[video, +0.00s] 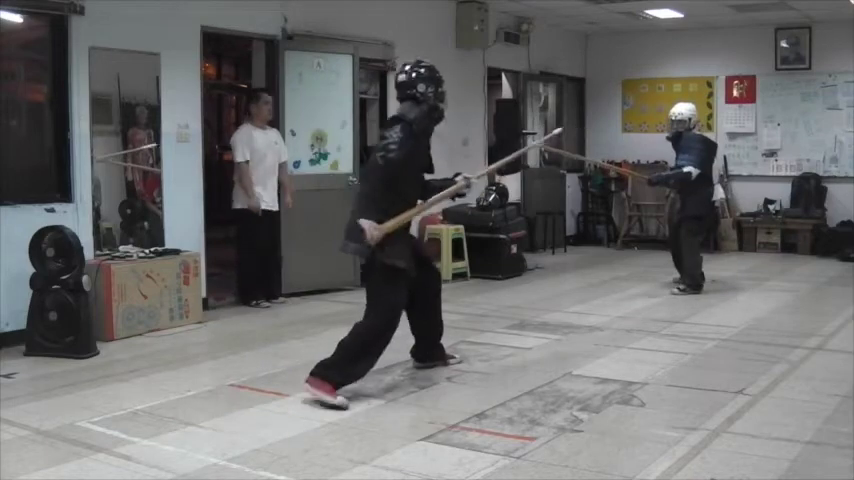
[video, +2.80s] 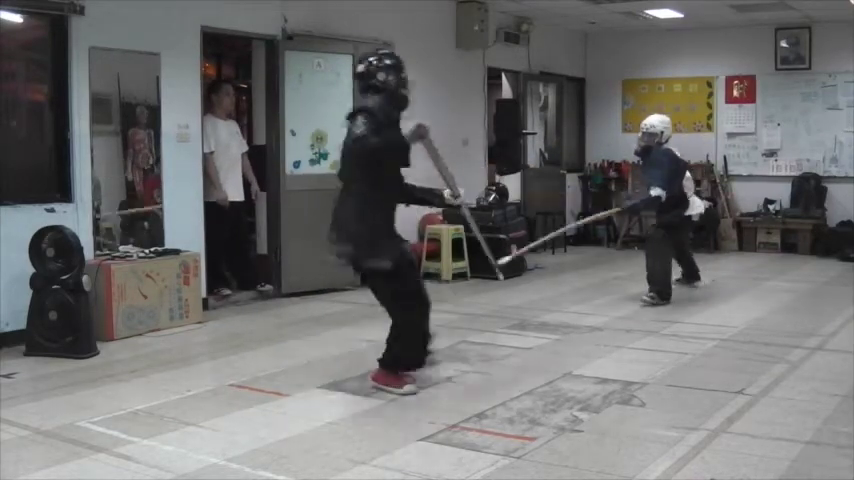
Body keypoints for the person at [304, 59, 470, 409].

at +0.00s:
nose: (441, 103)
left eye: (441, 96)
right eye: (436, 96)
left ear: (412, 97)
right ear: (422, 97)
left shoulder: (416, 134)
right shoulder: (401, 133)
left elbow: (413, 188)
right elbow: (374, 172)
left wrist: (449, 186)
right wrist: (367, 216)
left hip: (399, 233)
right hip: (382, 234)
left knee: (427, 281)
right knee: (384, 313)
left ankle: (429, 350)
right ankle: (325, 378)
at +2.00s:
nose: (424, 97)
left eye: (423, 89)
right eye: (419, 89)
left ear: (400, 90)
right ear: (403, 90)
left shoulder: (402, 132)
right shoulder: (379, 130)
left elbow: (410, 191)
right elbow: (345, 169)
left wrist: (450, 188)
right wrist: (340, 222)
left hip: (382, 234)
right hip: (357, 237)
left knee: (419, 272)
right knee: (366, 312)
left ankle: (408, 344)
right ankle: (316, 386)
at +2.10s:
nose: (431, 103)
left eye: (431, 96)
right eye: (426, 96)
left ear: (411, 97)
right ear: (408, 97)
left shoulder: (411, 136)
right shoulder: (386, 135)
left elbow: (425, 195)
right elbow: (351, 171)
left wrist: (463, 191)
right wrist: (349, 227)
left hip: (390, 241)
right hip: (366, 244)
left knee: (426, 282)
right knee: (369, 319)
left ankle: (435, 344)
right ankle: (317, 386)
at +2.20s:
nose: (443, 113)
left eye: (442, 106)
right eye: (437, 106)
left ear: (422, 108)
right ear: (420, 107)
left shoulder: (427, 144)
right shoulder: (400, 144)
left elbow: (443, 184)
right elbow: (374, 175)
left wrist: (488, 186)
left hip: (401, 243)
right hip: (382, 244)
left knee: (434, 286)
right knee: (374, 323)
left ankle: (450, 347)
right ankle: (319, 385)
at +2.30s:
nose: (456, 113)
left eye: (455, 106)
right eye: (451, 106)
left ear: (426, 110)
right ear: (438, 110)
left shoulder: (433, 147)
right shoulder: (419, 145)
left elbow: (449, 187)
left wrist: (487, 186)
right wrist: (453, 206)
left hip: (409, 241)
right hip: (393, 242)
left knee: (447, 278)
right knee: (390, 317)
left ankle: (450, 346)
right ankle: (325, 377)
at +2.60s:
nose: (444, 102)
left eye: (443, 95)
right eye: (439, 95)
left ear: (419, 96)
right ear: (424, 95)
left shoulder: (422, 134)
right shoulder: (405, 130)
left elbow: (424, 188)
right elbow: (389, 166)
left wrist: (458, 197)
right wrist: (437, 185)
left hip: (413, 233)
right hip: (397, 235)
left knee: (452, 278)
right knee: (432, 303)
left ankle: (451, 346)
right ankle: (373, 358)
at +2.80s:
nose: (404, 84)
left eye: (403, 77)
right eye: (397, 78)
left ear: (380, 81)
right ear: (380, 81)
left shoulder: (384, 122)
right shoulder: (366, 117)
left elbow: (393, 188)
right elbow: (363, 152)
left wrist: (440, 198)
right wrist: (407, 140)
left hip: (376, 226)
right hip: (362, 228)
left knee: (413, 294)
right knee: (409, 300)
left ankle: (411, 356)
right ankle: (390, 370)